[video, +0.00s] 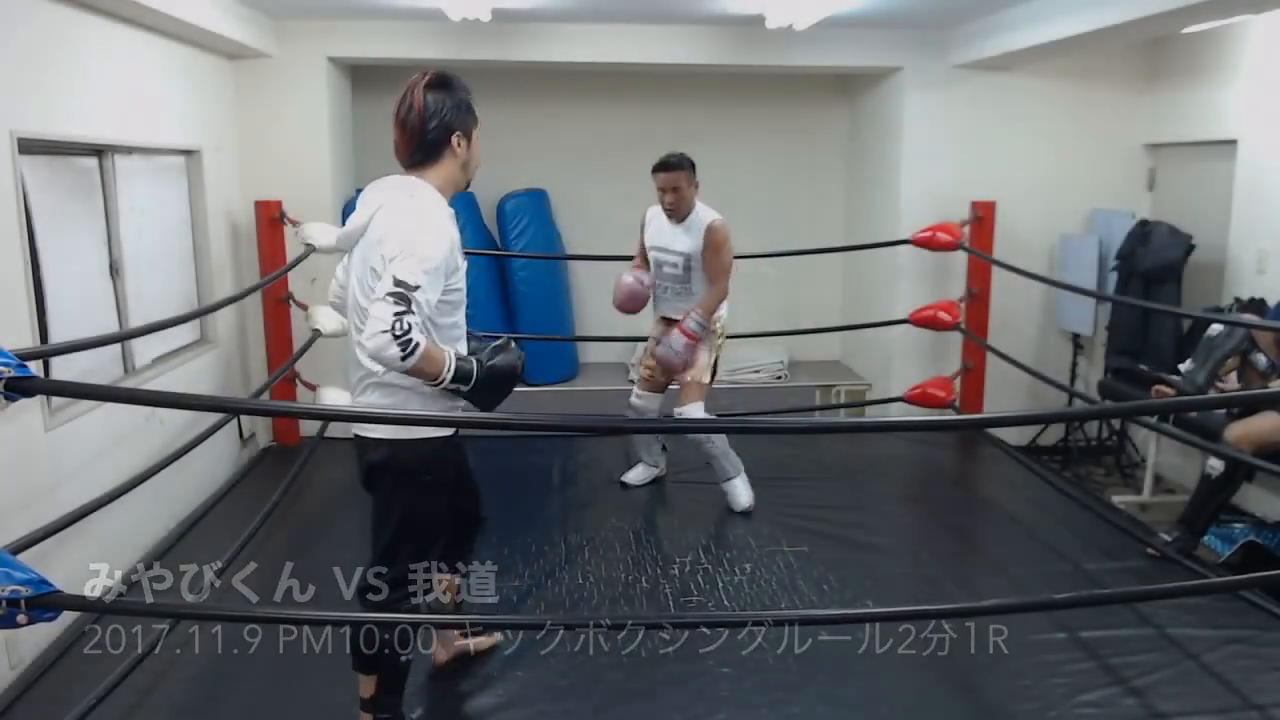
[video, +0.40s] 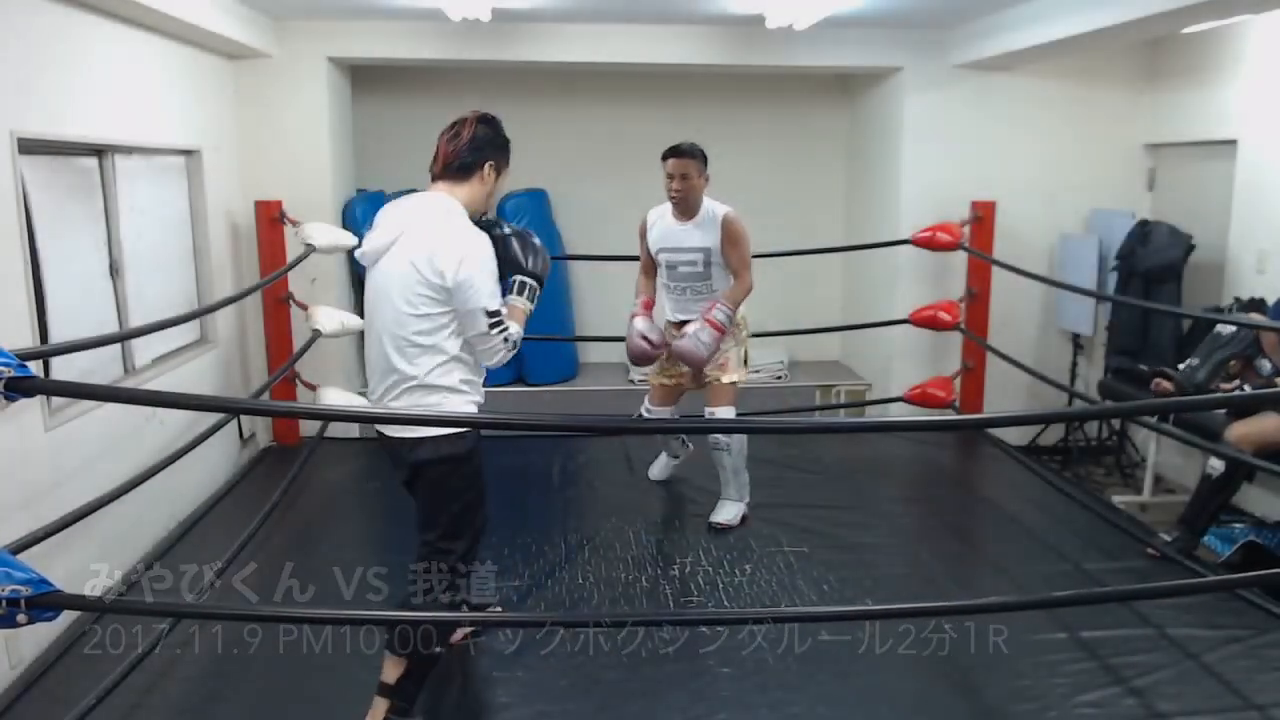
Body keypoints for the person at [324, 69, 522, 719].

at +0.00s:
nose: (479, 148)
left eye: (477, 136)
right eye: (476, 136)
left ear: (414, 139)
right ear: (459, 141)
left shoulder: (381, 197)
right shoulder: (427, 218)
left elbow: (346, 297)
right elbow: (391, 336)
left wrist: (443, 343)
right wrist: (464, 370)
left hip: (399, 413)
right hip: (407, 425)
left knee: (458, 517)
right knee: (395, 571)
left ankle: (449, 636)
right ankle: (376, 706)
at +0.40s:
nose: (498, 192)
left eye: (501, 180)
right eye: (500, 179)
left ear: (443, 163)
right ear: (486, 171)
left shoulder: (392, 217)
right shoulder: (464, 240)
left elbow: (417, 314)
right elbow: (493, 349)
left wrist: (491, 277)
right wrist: (525, 291)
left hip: (392, 421)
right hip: (440, 427)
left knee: (452, 527)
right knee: (442, 563)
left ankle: (454, 619)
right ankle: (385, 705)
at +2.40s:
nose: (542, 199)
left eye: (542, 187)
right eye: (539, 186)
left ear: (505, 181)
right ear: (513, 183)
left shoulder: (469, 219)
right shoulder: (468, 229)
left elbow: (488, 311)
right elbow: (493, 328)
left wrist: (528, 269)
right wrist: (537, 275)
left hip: (462, 382)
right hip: (441, 387)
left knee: (506, 471)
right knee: (459, 514)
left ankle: (508, 556)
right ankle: (409, 646)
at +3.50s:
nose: (529, 184)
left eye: (532, 175)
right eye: (522, 174)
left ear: (524, 179)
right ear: (490, 176)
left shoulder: (509, 226)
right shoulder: (455, 220)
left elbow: (528, 298)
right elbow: (491, 285)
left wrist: (546, 246)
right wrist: (516, 233)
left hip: (479, 363)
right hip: (429, 363)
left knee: (515, 455)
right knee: (400, 465)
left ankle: (514, 539)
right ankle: (352, 569)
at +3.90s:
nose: (478, 179)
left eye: (483, 170)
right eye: (467, 169)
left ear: (488, 173)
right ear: (441, 174)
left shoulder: (493, 222)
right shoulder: (410, 228)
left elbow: (527, 282)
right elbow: (416, 306)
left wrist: (540, 251)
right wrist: (437, 257)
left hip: (474, 360)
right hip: (417, 364)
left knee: (515, 446)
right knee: (393, 454)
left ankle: (512, 539)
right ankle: (362, 524)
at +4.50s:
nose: (486, 175)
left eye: (494, 164)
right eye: (476, 164)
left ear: (503, 168)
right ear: (456, 167)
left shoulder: (512, 215)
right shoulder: (434, 212)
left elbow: (533, 288)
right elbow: (461, 251)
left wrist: (519, 245)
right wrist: (518, 232)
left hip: (503, 349)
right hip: (445, 347)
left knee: (540, 428)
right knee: (409, 428)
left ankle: (555, 508)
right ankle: (413, 490)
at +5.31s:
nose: (492, 168)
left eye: (501, 157)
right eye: (483, 160)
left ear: (523, 160)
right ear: (475, 167)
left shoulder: (548, 213)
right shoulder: (475, 222)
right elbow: (471, 285)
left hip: (542, 342)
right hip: (492, 339)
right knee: (475, 416)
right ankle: (466, 499)